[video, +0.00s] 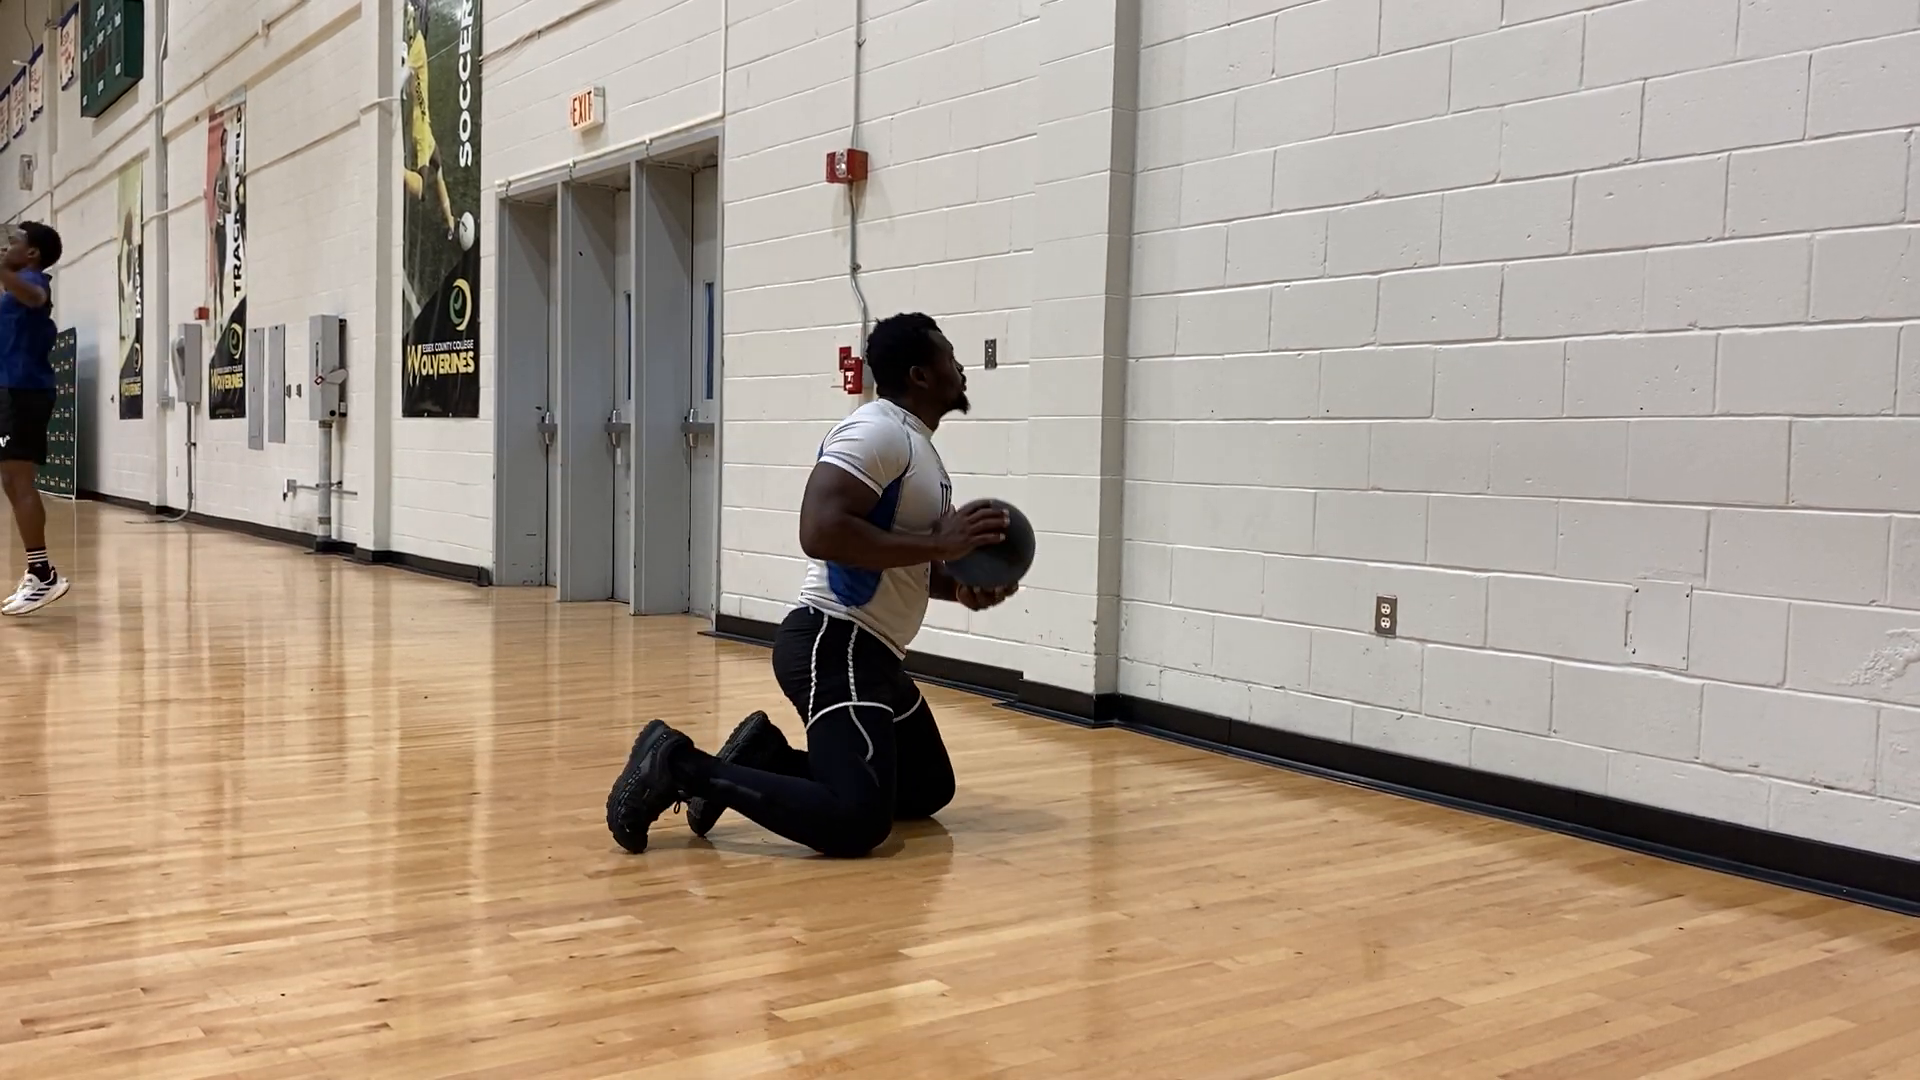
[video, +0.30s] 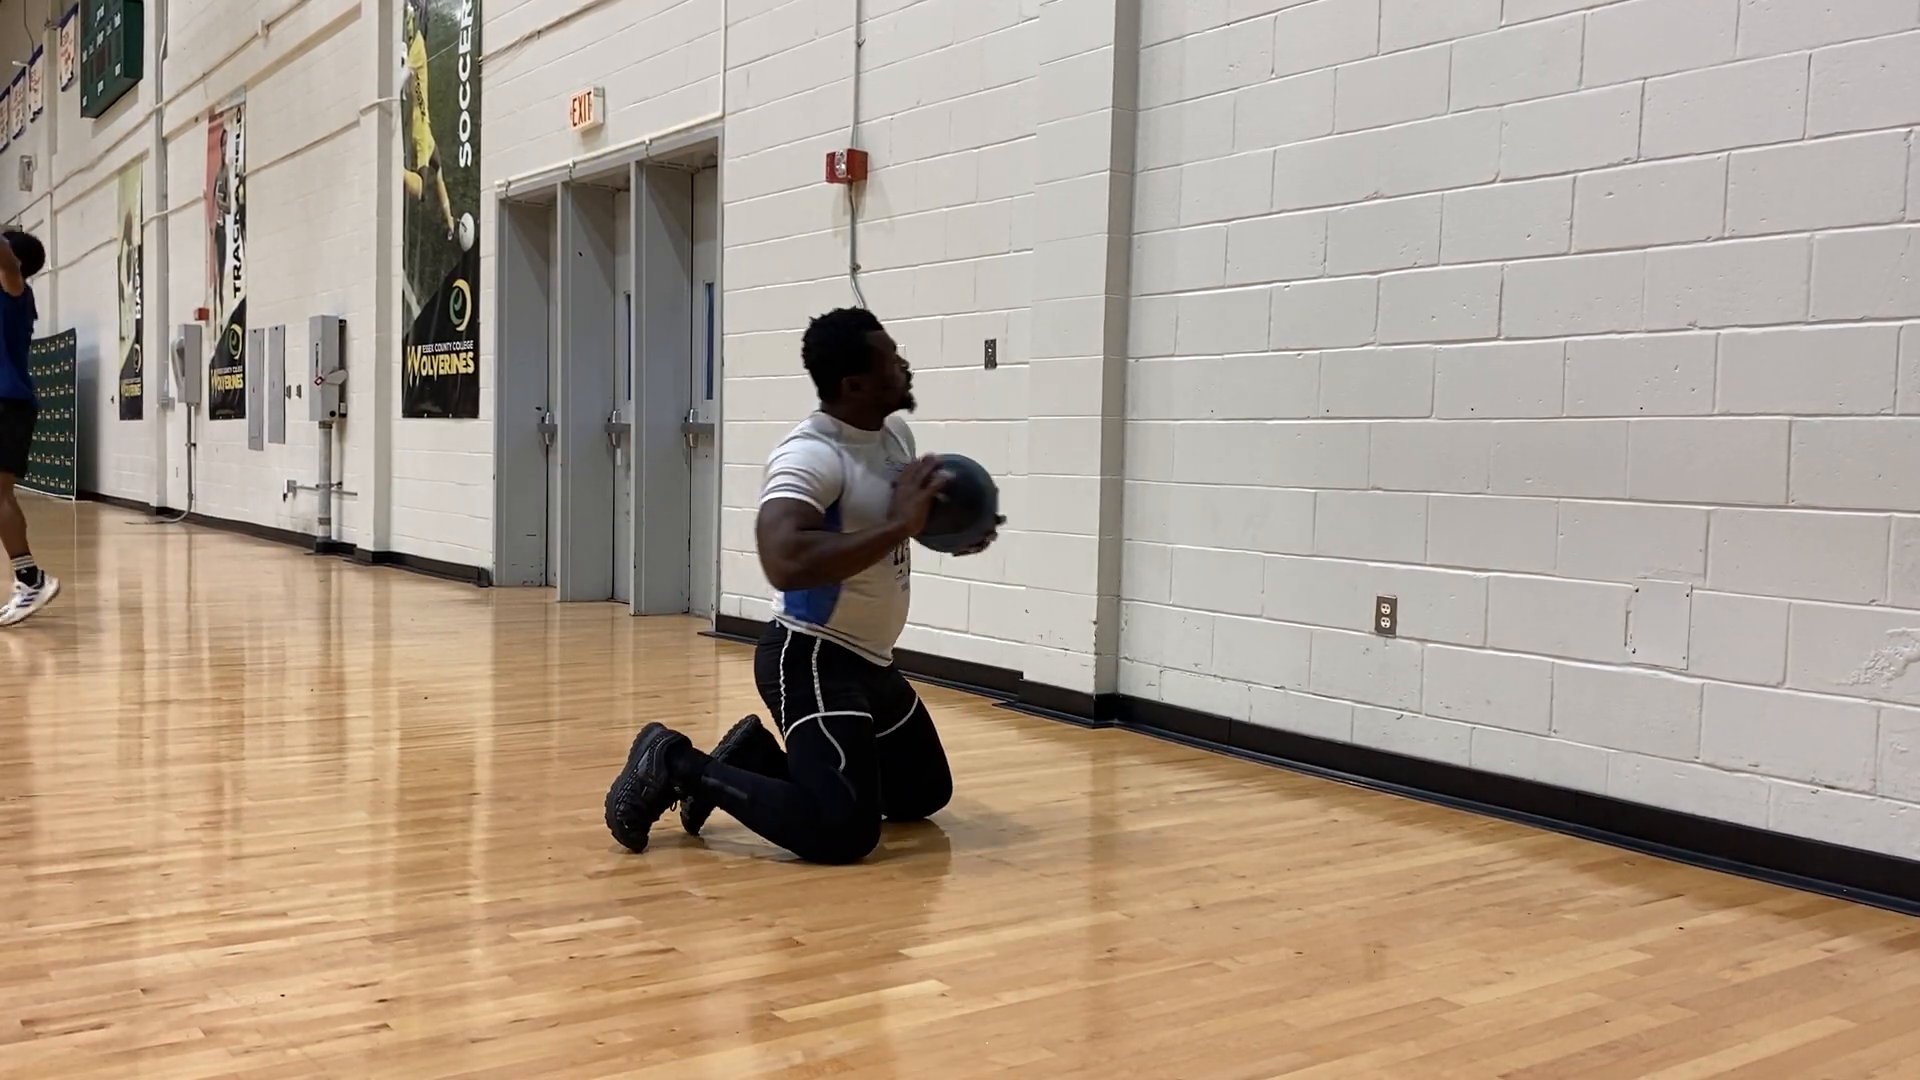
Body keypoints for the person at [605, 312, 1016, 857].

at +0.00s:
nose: (961, 367)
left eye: (954, 355)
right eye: (950, 356)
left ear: (916, 377)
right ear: (920, 375)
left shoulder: (920, 450)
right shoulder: (878, 429)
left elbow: (899, 562)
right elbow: (821, 530)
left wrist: (961, 587)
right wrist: (934, 545)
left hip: (871, 649)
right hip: (833, 641)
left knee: (925, 787)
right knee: (858, 822)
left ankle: (770, 760)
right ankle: (681, 766)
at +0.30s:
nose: (905, 364)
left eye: (897, 352)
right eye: (891, 358)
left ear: (858, 385)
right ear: (854, 386)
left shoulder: (894, 434)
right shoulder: (809, 453)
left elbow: (903, 511)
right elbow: (785, 561)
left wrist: (958, 527)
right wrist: (898, 527)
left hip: (868, 659)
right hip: (810, 657)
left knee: (922, 789)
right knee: (843, 833)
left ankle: (762, 763)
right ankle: (677, 766)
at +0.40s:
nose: (884, 372)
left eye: (878, 359)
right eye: (867, 366)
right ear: (820, 389)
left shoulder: (883, 428)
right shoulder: (786, 454)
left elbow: (901, 508)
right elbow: (731, 554)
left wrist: (942, 516)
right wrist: (852, 527)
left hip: (862, 659)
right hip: (802, 656)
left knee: (909, 790)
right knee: (841, 830)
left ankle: (743, 762)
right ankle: (674, 767)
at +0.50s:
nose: (857, 367)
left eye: (855, 353)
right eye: (837, 361)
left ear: (859, 347)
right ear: (790, 379)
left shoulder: (886, 423)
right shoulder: (762, 450)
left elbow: (954, 500)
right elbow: (674, 542)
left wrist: (934, 504)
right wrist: (793, 526)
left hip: (855, 657)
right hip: (796, 654)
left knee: (889, 793)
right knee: (837, 831)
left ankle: (717, 755)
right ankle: (667, 765)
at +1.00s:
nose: (844, 346)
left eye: (842, 334)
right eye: (828, 335)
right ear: (778, 345)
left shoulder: (839, 423)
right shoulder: (742, 425)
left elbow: (880, 522)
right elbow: (708, 534)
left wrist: (919, 494)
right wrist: (828, 494)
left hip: (825, 648)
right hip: (783, 649)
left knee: (848, 804)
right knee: (834, 832)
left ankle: (679, 755)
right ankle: (662, 769)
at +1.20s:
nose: (860, 358)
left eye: (857, 344)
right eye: (845, 345)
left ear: (809, 356)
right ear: (799, 354)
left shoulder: (825, 434)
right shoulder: (773, 420)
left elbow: (839, 544)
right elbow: (792, 509)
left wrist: (910, 518)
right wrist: (876, 479)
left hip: (808, 648)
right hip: (777, 651)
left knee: (848, 798)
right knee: (833, 831)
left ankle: (679, 755)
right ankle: (662, 770)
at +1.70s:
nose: (868, 360)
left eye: (865, 346)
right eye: (858, 347)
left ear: (820, 361)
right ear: (822, 361)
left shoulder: (838, 426)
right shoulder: (771, 414)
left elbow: (888, 513)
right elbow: (741, 493)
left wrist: (915, 467)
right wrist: (848, 449)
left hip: (814, 648)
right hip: (766, 645)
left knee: (853, 799)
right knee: (792, 832)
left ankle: (683, 757)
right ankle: (621, 768)